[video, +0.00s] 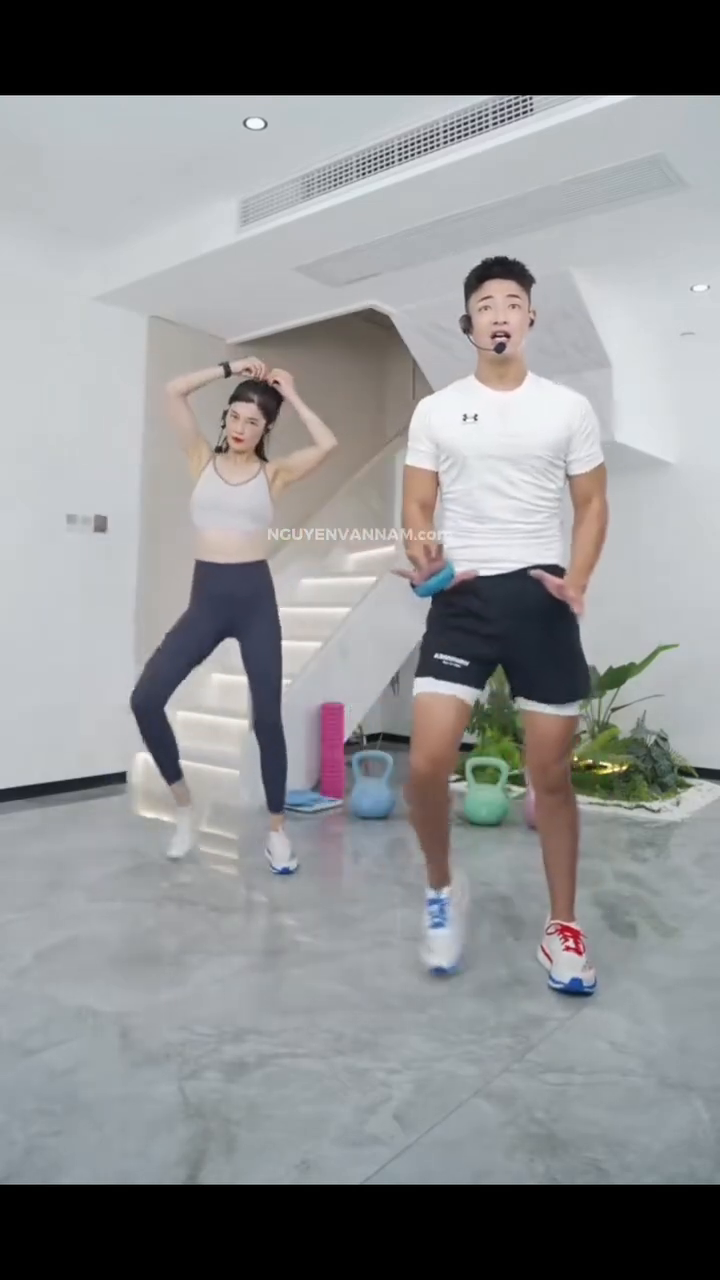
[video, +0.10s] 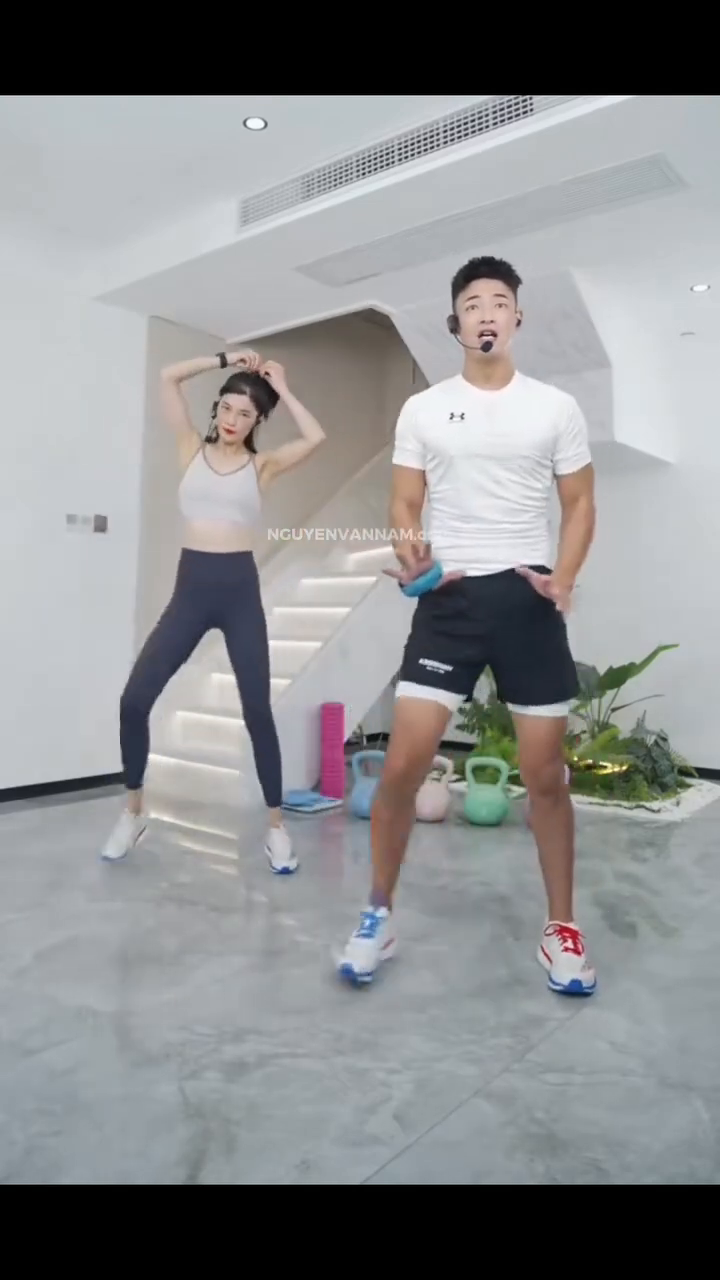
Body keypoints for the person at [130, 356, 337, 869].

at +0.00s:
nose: (241, 427)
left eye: (252, 421)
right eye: (236, 417)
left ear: (265, 429)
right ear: (226, 420)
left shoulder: (273, 474)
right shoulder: (203, 460)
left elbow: (327, 444)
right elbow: (173, 391)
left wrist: (292, 398)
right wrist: (228, 368)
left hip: (255, 599)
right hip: (207, 598)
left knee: (267, 718)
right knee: (145, 700)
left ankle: (277, 829)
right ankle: (185, 806)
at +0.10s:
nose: (233, 418)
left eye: (244, 412)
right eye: (228, 408)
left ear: (257, 421)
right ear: (216, 410)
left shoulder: (262, 466)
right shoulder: (191, 448)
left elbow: (315, 438)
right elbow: (168, 377)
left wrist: (283, 392)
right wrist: (222, 359)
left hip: (240, 592)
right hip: (192, 590)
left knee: (257, 710)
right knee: (133, 701)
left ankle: (276, 824)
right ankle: (133, 810)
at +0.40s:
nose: (191, 439)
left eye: (202, 434)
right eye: (187, 429)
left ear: (214, 440)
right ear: (175, 428)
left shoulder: (212, 488)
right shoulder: (146, 462)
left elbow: (251, 475)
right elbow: (116, 395)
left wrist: (235, 422)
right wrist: (174, 378)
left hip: (173, 607)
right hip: (123, 600)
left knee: (217, 711)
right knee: (103, 715)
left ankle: (238, 808)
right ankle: (104, 829)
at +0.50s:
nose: (184, 430)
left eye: (194, 424)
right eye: (178, 420)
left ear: (205, 431)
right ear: (165, 420)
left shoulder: (207, 478)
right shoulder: (136, 456)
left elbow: (250, 469)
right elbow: (101, 396)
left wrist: (228, 415)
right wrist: (159, 372)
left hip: (168, 597)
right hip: (118, 592)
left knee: (179, 710)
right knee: (104, 711)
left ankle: (182, 793)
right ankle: (103, 826)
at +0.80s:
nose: (175, 424)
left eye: (185, 417)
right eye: (168, 415)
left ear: (198, 426)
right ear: (154, 419)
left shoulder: (204, 479)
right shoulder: (128, 461)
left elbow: (254, 483)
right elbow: (72, 439)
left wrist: (237, 417)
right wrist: (104, 384)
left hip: (170, 600)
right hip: (120, 595)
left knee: (189, 710)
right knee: (103, 714)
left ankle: (174, 793)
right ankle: (104, 827)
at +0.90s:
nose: (183, 417)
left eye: (192, 411)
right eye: (175, 408)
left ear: (203, 422)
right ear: (160, 413)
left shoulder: (209, 475)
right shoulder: (134, 461)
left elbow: (260, 499)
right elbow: (72, 464)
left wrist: (249, 431)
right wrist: (77, 399)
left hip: (182, 600)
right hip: (130, 595)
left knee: (223, 704)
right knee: (109, 714)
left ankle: (224, 788)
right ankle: (105, 828)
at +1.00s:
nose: (196, 402)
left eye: (206, 397)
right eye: (189, 394)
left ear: (217, 409)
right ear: (174, 402)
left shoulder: (226, 461)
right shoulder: (148, 452)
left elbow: (272, 510)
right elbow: (87, 484)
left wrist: (266, 470)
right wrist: (63, 434)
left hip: (200, 586)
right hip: (149, 584)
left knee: (236, 706)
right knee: (127, 707)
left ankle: (271, 810)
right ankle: (107, 825)